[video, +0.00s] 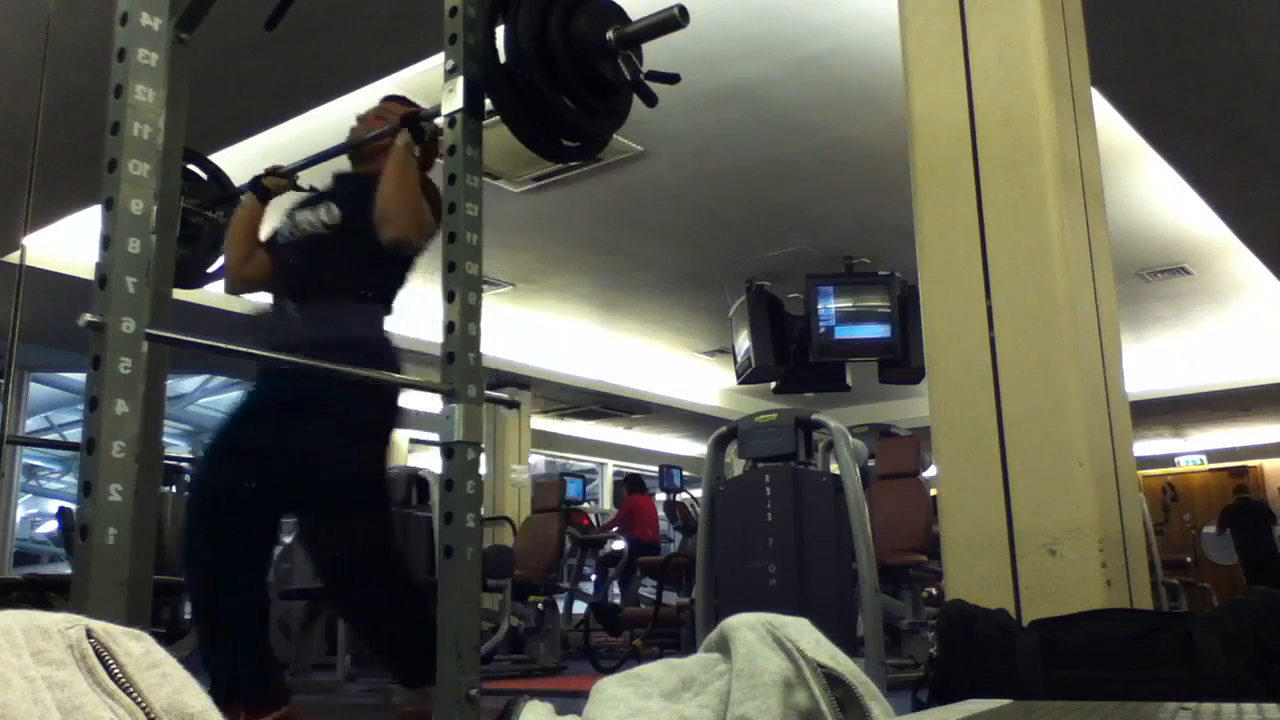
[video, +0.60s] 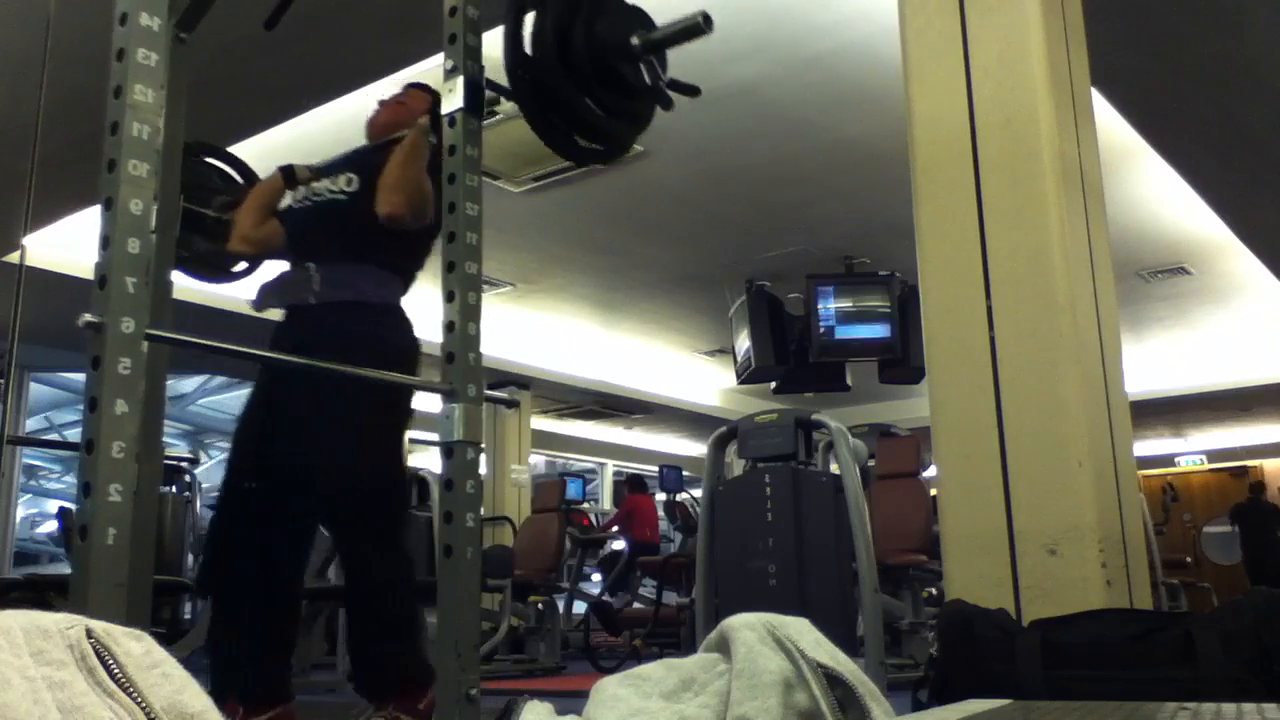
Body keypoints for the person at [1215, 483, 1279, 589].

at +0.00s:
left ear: (1234, 495)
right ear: (1248, 493)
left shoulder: (1229, 509)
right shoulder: (1261, 505)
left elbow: (1219, 531)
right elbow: (1274, 521)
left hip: (1246, 553)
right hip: (1268, 550)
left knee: (1253, 582)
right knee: (1273, 581)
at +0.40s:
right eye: (1254, 491)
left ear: (1241, 492)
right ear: (1255, 492)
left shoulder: (1232, 509)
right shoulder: (1264, 506)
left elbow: (1227, 530)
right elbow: (1276, 523)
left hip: (1246, 553)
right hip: (1268, 551)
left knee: (1253, 582)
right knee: (1272, 581)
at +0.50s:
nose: (1262, 493)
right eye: (1261, 491)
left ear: (1245, 492)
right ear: (1259, 492)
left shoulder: (1236, 508)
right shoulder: (1267, 506)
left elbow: (1230, 525)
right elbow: (1277, 524)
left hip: (1247, 552)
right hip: (1269, 551)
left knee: (1253, 581)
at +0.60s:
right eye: (1261, 491)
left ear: (1249, 491)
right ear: (1264, 491)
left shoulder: (1240, 508)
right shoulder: (1272, 508)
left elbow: (1232, 520)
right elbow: (1277, 526)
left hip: (1249, 552)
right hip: (1270, 552)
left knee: (1255, 583)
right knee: (1273, 582)